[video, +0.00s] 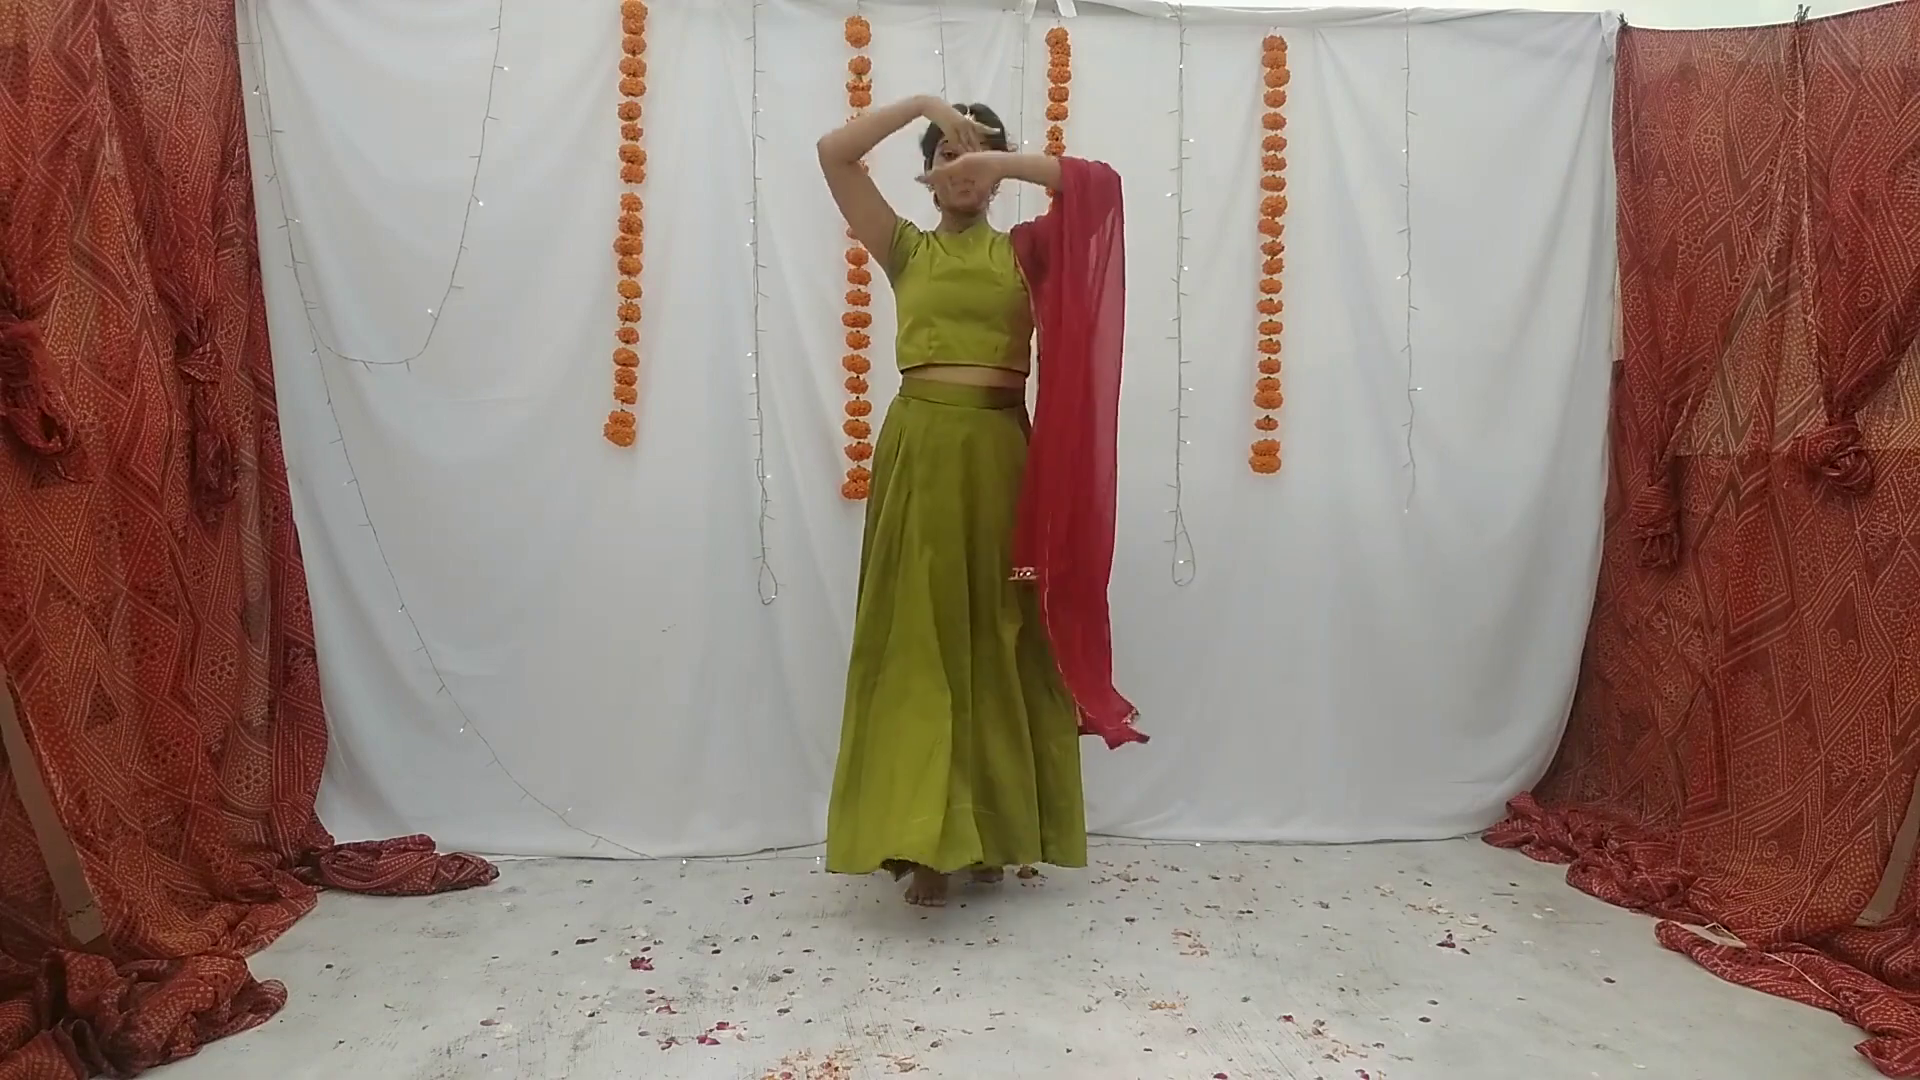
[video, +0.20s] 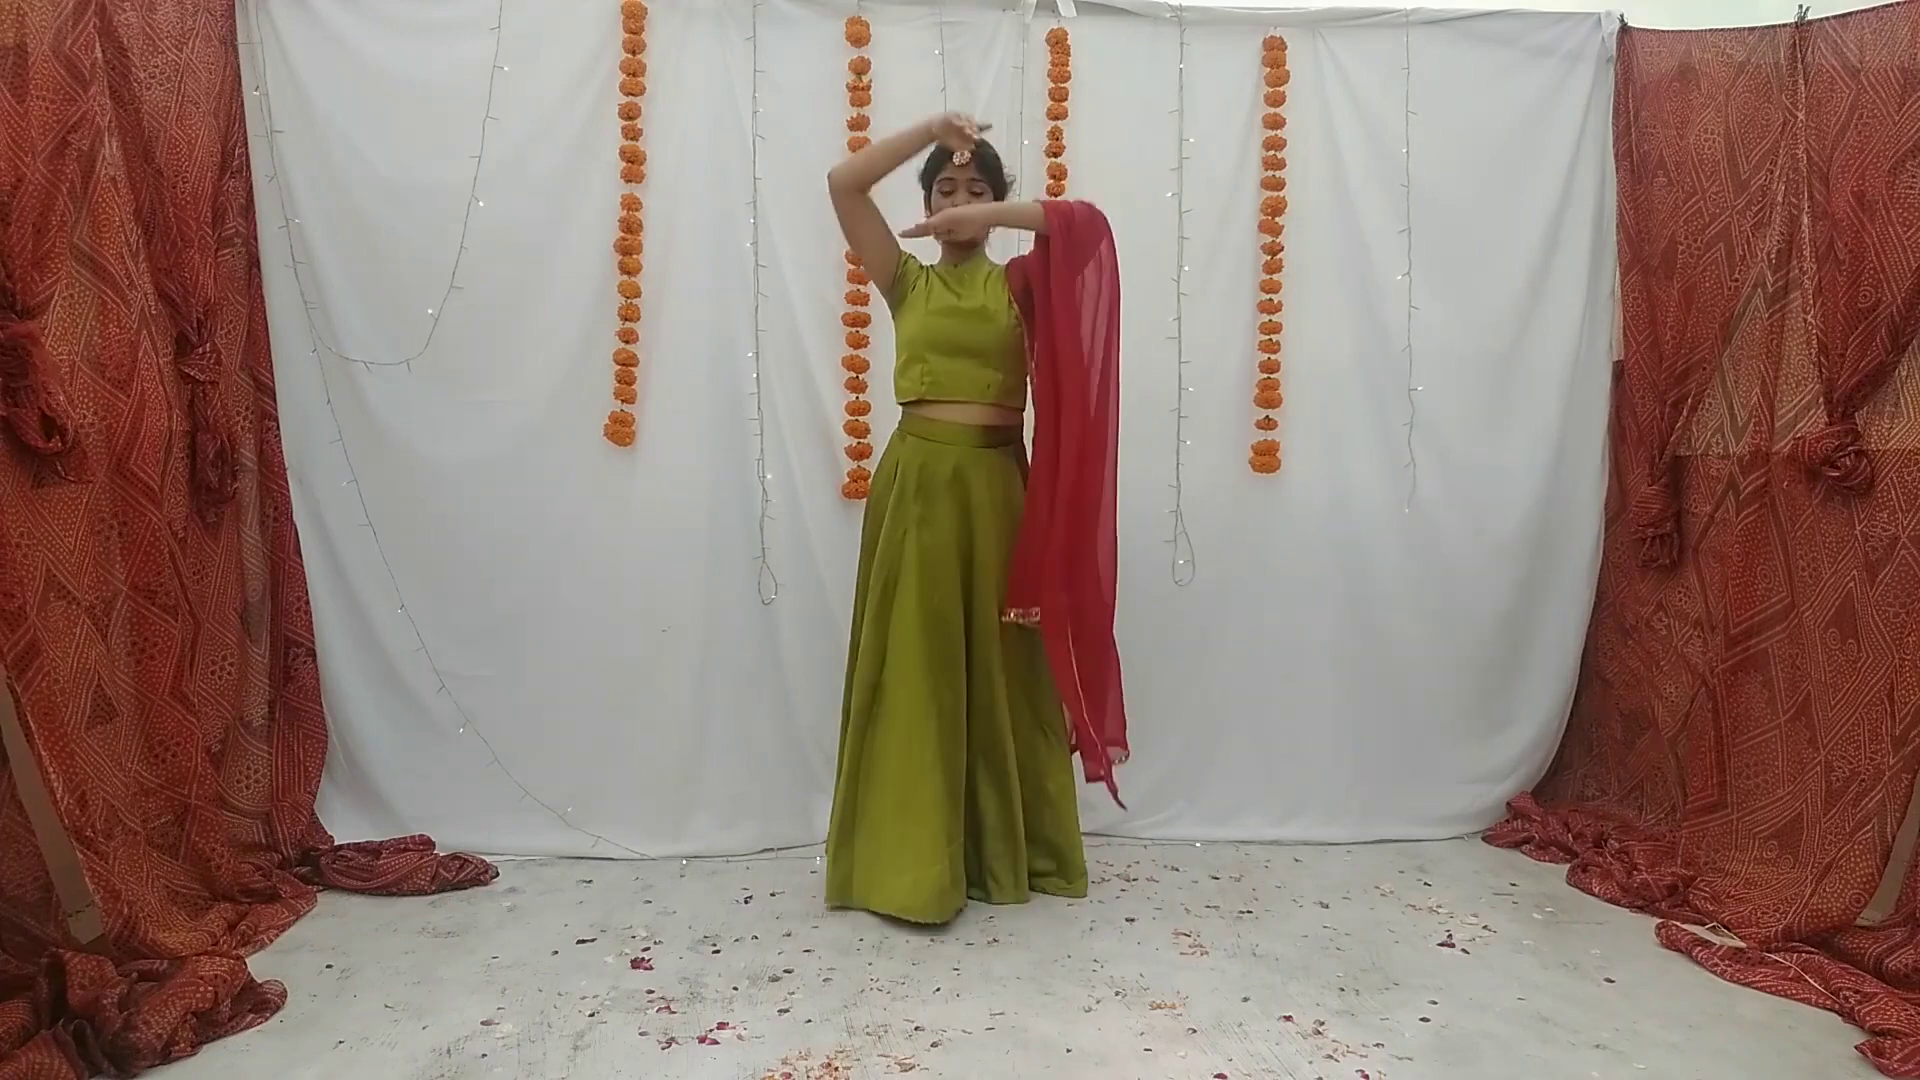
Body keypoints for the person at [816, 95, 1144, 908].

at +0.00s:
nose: (961, 165)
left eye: (976, 156)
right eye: (948, 155)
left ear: (998, 175)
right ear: (927, 170)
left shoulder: (1025, 250)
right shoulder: (906, 246)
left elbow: (1098, 187)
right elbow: (834, 153)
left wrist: (995, 158)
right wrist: (917, 102)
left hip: (998, 447)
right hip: (918, 442)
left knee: (995, 636)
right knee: (919, 636)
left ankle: (993, 825)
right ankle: (923, 836)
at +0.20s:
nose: (956, 190)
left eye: (971, 183)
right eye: (943, 183)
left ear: (995, 206)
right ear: (926, 207)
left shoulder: (1021, 283)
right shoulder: (908, 280)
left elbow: (1087, 225)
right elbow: (845, 184)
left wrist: (988, 215)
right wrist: (928, 130)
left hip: (997, 481)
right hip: (917, 477)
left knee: (1002, 663)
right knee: (915, 665)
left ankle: (1003, 855)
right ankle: (913, 865)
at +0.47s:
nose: (943, 257)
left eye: (958, 245)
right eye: (932, 247)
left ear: (986, 254)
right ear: (917, 257)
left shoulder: (1010, 332)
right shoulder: (895, 337)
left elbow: (1074, 327)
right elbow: (813, 334)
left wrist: (978, 320)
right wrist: (903, 327)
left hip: (980, 530)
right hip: (897, 527)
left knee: (968, 657)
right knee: (886, 682)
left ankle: (991, 849)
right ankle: (892, 860)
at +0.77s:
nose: (969, 211)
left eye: (984, 197)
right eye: (953, 195)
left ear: (1003, 204)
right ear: (932, 201)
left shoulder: (1023, 283)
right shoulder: (902, 280)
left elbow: (1094, 211)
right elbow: (817, 300)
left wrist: (1005, 174)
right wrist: (923, 309)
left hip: (989, 487)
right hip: (905, 487)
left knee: (988, 673)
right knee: (910, 673)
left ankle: (983, 882)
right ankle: (916, 867)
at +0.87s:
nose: (969, 170)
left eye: (984, 157)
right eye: (954, 156)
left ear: (1006, 170)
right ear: (934, 167)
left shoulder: (1032, 248)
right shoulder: (906, 247)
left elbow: (1106, 161)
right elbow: (820, 268)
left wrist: (1014, 120)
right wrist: (926, 287)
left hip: (993, 453)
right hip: (909, 452)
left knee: (995, 652)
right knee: (910, 648)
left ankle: (978, 861)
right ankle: (913, 846)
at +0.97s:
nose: (968, 166)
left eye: (985, 153)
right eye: (953, 152)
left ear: (1008, 161)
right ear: (933, 161)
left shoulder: (1041, 240)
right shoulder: (908, 241)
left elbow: (1109, 141)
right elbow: (826, 263)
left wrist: (1005, 88)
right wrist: (933, 291)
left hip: (1003, 459)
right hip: (914, 455)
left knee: (996, 657)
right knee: (908, 650)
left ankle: (979, 865)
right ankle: (910, 847)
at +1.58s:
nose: (1009, 139)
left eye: (1026, 125)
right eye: (992, 124)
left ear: (1047, 142)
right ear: (966, 135)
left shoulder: (1062, 240)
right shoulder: (929, 216)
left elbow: (1144, 223)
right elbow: (863, 96)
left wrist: (1005, 224)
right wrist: (973, 50)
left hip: (1029, 451)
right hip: (937, 443)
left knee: (1010, 667)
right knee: (935, 662)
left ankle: (981, 871)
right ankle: (928, 900)